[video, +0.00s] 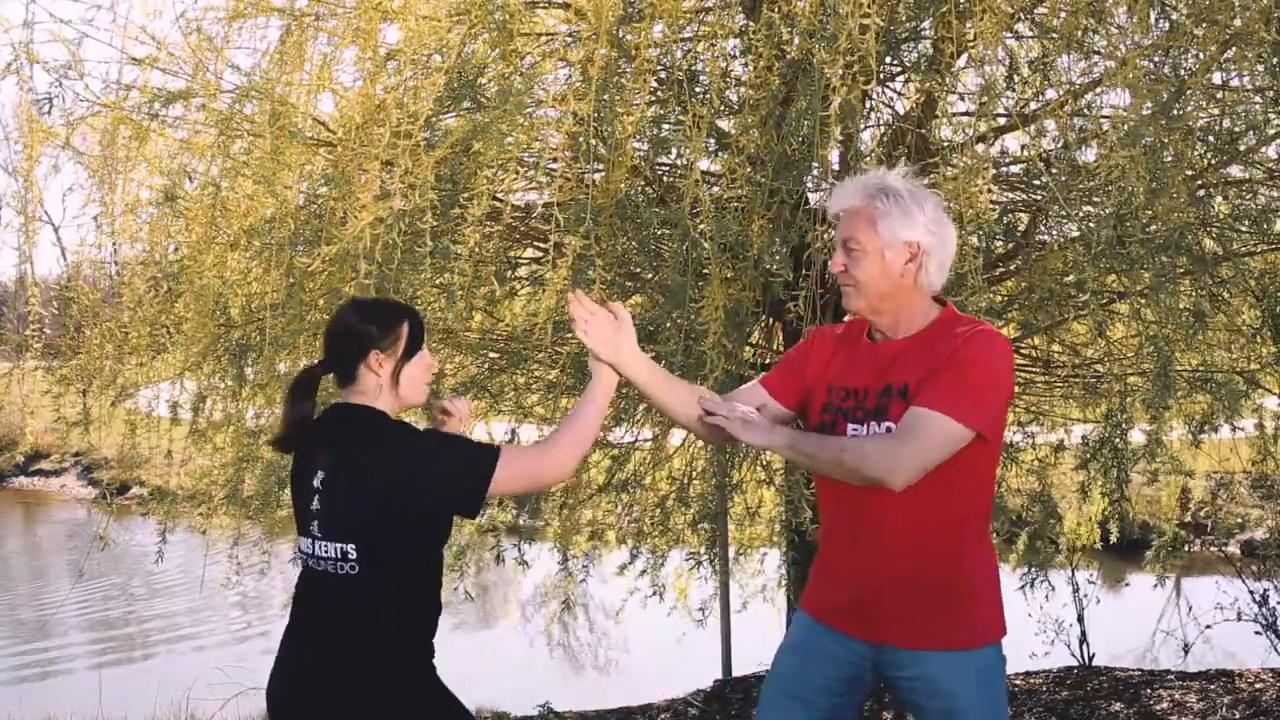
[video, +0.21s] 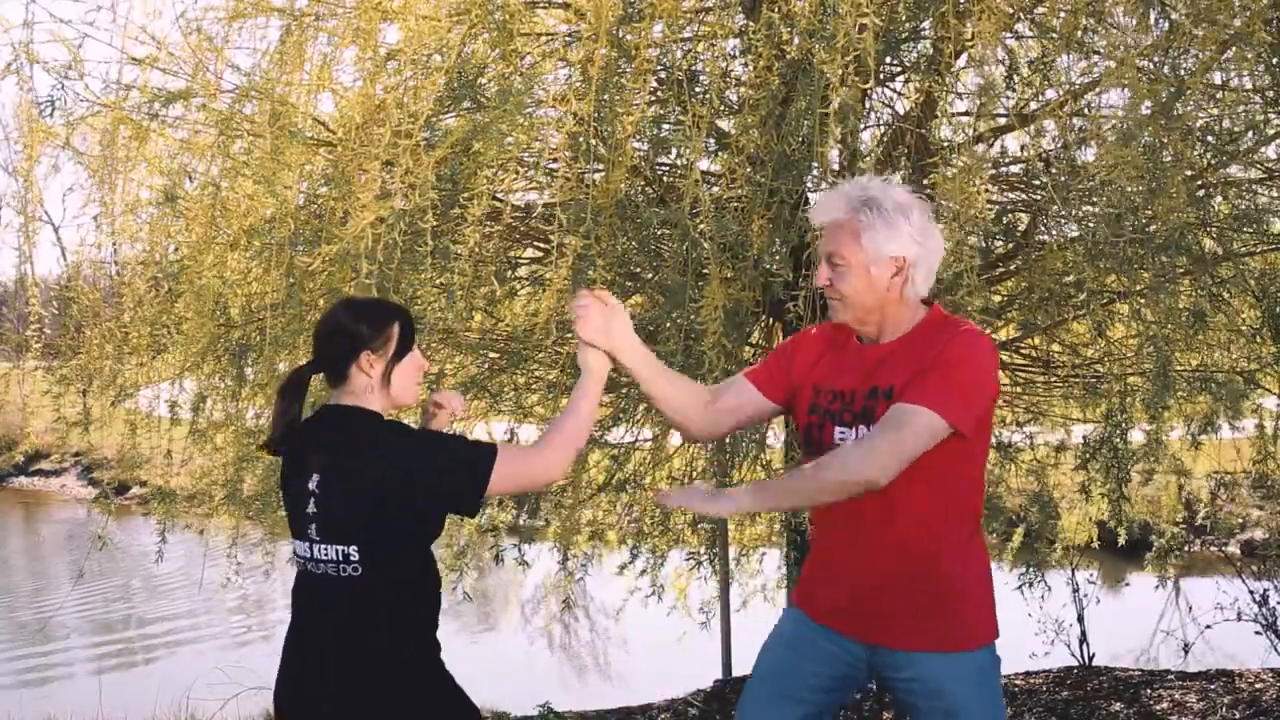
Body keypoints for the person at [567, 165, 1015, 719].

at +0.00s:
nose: (836, 265)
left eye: (851, 248)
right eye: (836, 249)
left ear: (910, 255)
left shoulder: (978, 351)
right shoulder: (825, 350)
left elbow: (894, 464)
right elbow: (719, 419)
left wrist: (778, 436)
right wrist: (628, 358)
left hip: (947, 638)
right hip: (827, 625)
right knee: (779, 712)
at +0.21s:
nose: (821, 278)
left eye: (837, 264)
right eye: (822, 262)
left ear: (895, 270)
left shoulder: (962, 350)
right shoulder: (813, 349)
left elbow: (871, 463)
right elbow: (706, 414)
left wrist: (735, 497)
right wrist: (625, 345)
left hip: (941, 638)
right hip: (820, 624)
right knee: (758, 712)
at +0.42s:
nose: (770, 381)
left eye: (785, 368)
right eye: (770, 363)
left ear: (850, 377)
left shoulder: (927, 419)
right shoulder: (763, 413)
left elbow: (853, 547)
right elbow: (653, 482)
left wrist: (737, 483)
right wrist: (565, 564)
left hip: (917, 658)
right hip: (793, 643)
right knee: (716, 713)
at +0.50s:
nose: (765, 402)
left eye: (780, 390)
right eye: (765, 384)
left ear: (845, 398)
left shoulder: (923, 436)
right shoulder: (764, 425)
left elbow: (847, 572)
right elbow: (660, 506)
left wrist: (754, 493)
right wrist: (557, 589)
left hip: (916, 657)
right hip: (795, 645)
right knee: (711, 713)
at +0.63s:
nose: (765, 404)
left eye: (781, 393)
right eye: (766, 387)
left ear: (846, 400)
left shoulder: (924, 438)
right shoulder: (766, 432)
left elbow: (853, 577)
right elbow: (665, 519)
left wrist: (762, 491)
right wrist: (570, 611)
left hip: (921, 661)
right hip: (801, 647)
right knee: (715, 712)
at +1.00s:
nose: (722, 297)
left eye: (739, 285)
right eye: (730, 283)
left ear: (791, 306)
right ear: (784, 307)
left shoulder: (846, 398)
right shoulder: (738, 387)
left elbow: (716, 518)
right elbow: (629, 436)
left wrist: (599, 558)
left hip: (859, 663)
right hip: (758, 641)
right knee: (679, 713)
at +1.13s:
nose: (727, 280)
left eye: (745, 267)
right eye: (737, 265)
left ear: (790, 288)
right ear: (784, 289)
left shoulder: (837, 387)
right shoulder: (743, 377)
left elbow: (702, 500)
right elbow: (635, 412)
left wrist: (591, 533)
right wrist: (550, 379)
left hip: (849, 673)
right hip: (748, 644)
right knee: (675, 713)